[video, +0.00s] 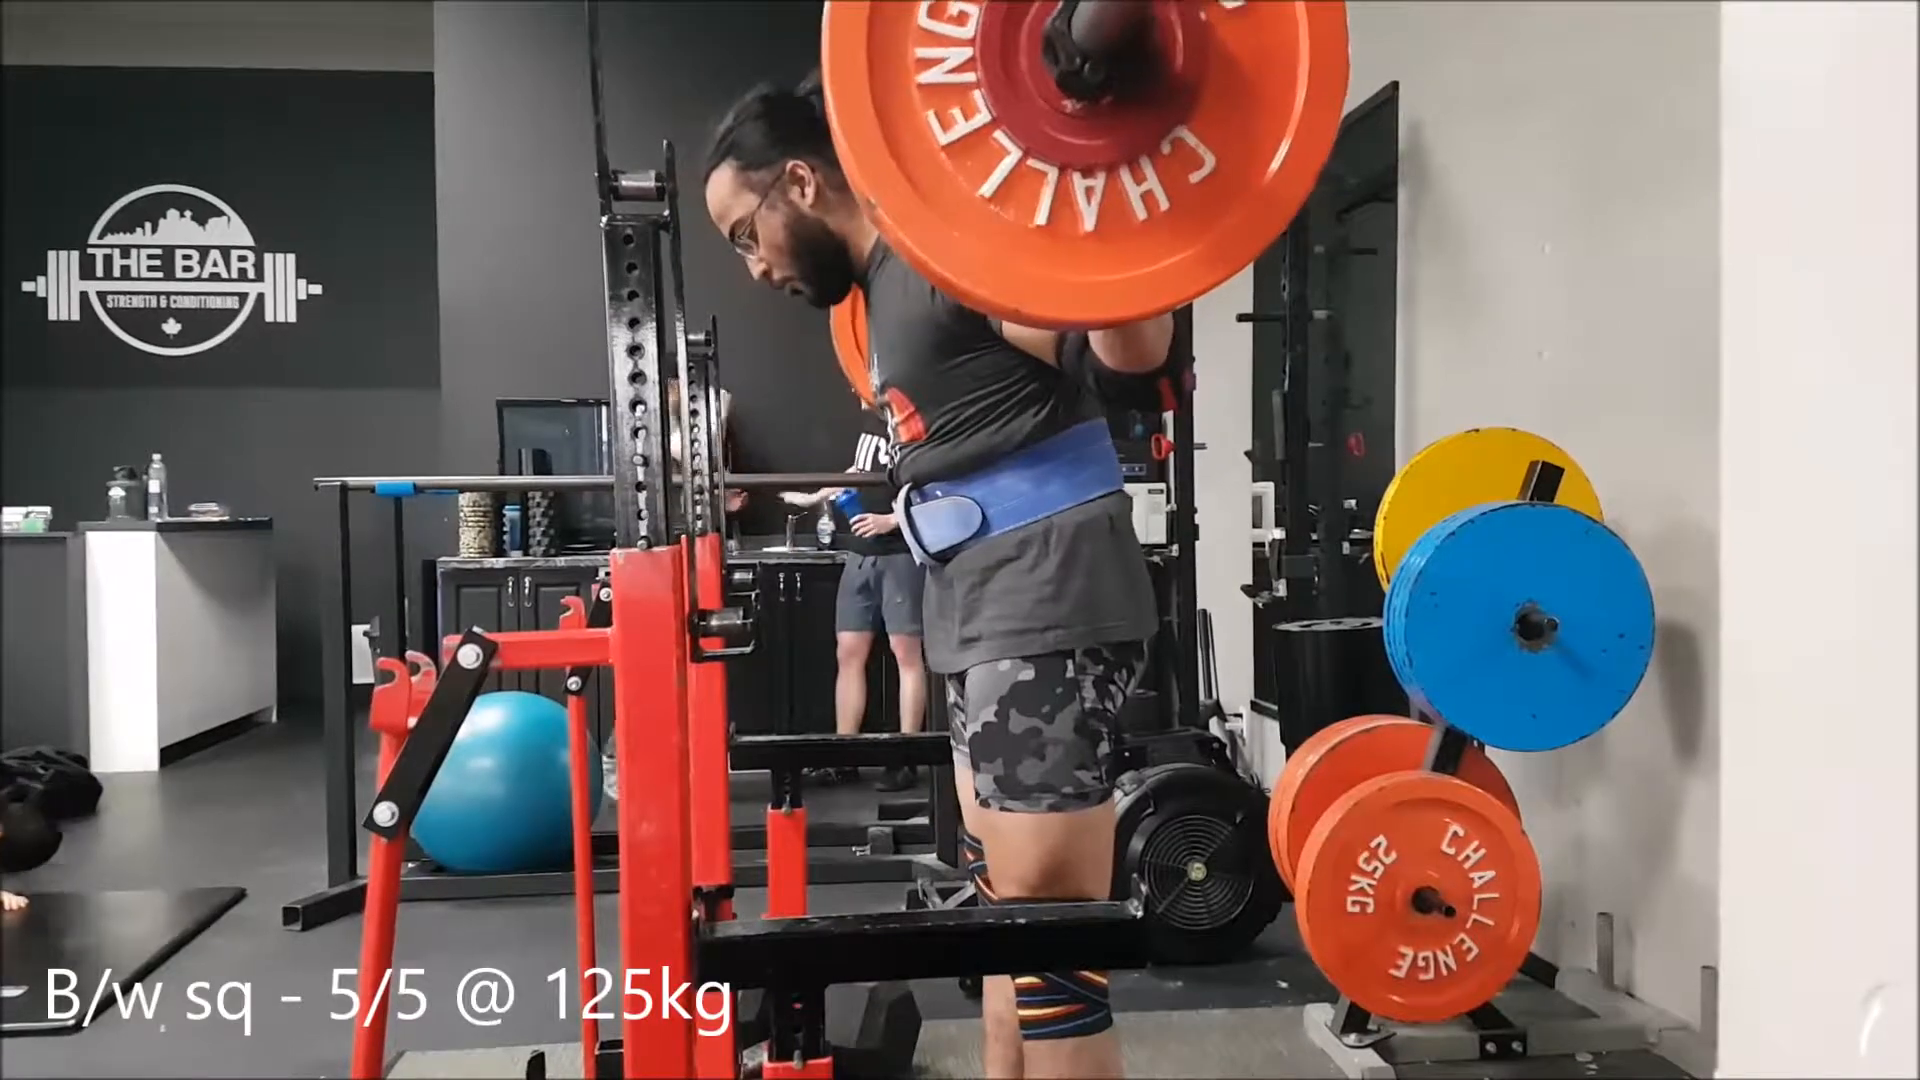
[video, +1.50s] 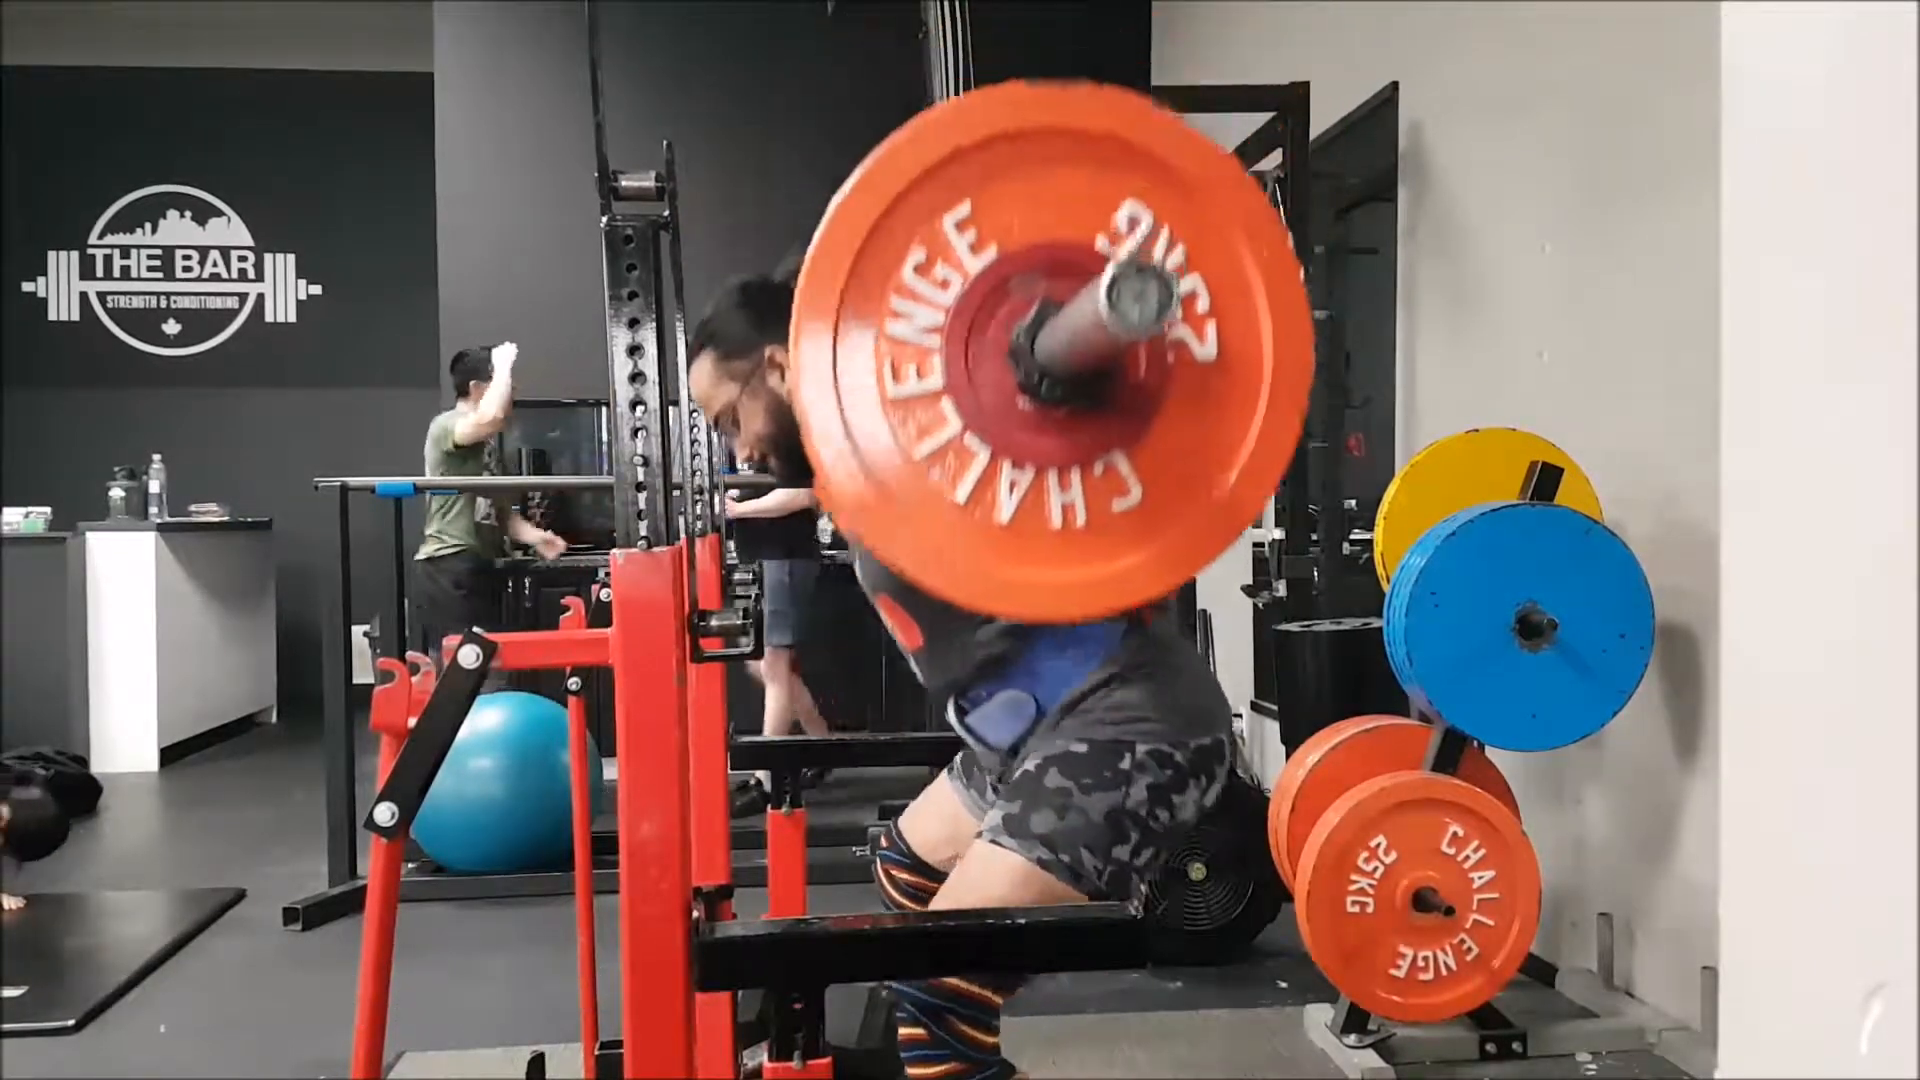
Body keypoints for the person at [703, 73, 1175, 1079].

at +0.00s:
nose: (753, 263)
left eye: (747, 230)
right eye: (737, 244)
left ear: (804, 179)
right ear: (799, 188)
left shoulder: (945, 236)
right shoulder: (882, 290)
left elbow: (1134, 346)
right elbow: (911, 479)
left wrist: (1137, 171)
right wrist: (774, 494)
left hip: (1049, 598)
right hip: (981, 606)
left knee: (1050, 941)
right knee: (1005, 932)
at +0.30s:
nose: (752, 258)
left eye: (747, 225)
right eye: (737, 240)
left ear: (805, 175)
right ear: (805, 184)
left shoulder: (938, 234)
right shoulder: (880, 278)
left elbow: (1135, 342)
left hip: (1048, 590)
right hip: (982, 597)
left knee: (1046, 942)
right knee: (1003, 930)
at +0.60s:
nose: (754, 252)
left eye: (750, 218)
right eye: (739, 234)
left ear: (806, 165)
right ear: (799, 177)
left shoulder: (935, 233)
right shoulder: (868, 285)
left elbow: (1122, 363)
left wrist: (1136, 198)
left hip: (1046, 586)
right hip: (973, 592)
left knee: (1043, 938)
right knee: (998, 926)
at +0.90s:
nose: (754, 247)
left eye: (750, 213)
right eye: (739, 229)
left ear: (806, 159)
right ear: (800, 169)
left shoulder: (931, 237)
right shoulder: (861, 289)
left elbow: (1120, 365)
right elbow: (943, 454)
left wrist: (1136, 190)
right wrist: (858, 512)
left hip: (1042, 572)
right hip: (972, 583)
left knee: (1029, 928)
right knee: (988, 912)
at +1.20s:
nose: (748, 301)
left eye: (743, 270)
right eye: (732, 284)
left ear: (795, 214)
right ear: (795, 224)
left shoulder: (924, 286)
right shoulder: (865, 333)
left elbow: (1116, 417)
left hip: (1080, 610)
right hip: (1000, 627)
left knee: (959, 946)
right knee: (928, 858)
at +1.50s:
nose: (740, 449)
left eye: (730, 416)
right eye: (724, 429)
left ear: (781, 364)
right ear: (783, 368)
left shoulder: (918, 411)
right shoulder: (855, 444)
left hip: (1126, 721)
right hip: (1023, 723)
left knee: (938, 1005)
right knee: (905, 868)